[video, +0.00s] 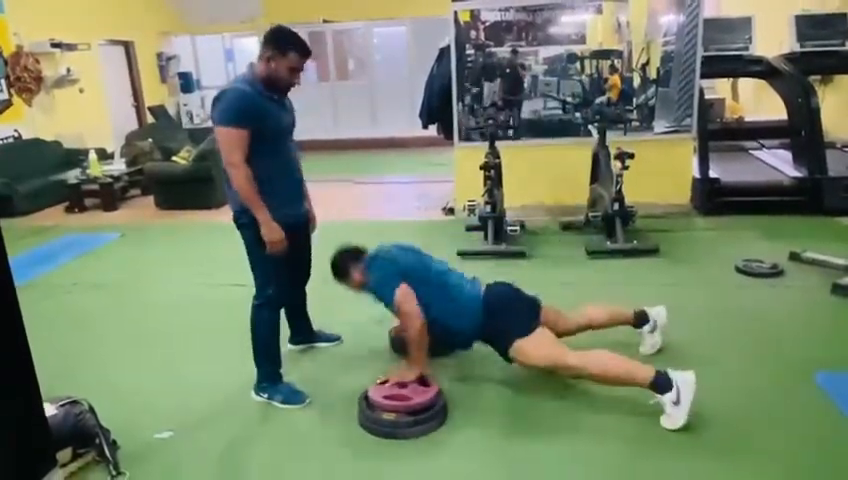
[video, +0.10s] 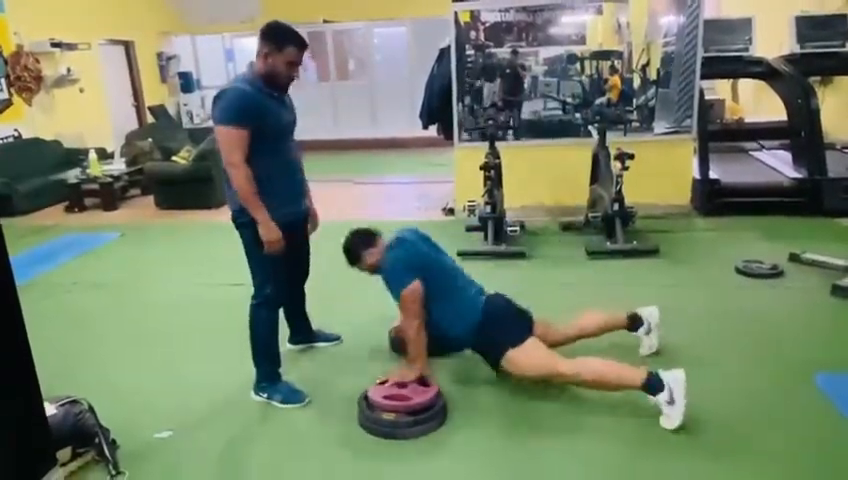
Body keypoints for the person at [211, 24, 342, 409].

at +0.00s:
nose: (298, 78)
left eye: (300, 70)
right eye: (293, 70)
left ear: (277, 63)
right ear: (269, 60)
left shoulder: (278, 98)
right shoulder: (235, 101)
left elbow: (287, 157)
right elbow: (234, 167)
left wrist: (304, 202)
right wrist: (264, 220)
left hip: (291, 210)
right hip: (261, 216)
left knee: (296, 278)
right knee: (270, 295)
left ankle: (301, 332)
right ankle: (267, 381)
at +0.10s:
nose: (296, 72)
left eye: (299, 65)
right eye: (291, 64)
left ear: (277, 59)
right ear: (266, 56)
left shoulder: (278, 96)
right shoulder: (235, 99)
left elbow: (288, 154)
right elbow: (234, 167)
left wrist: (305, 200)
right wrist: (263, 220)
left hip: (290, 209)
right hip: (259, 216)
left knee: (295, 277)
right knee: (268, 294)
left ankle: (300, 332)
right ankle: (266, 380)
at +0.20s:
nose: (295, 69)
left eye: (297, 61)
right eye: (290, 61)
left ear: (277, 57)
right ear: (265, 53)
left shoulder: (280, 96)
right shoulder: (235, 99)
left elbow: (292, 150)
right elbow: (235, 166)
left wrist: (312, 195)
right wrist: (265, 218)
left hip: (289, 207)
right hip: (258, 214)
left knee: (294, 276)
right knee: (267, 294)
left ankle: (300, 332)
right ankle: (266, 380)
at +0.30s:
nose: (296, 71)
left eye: (298, 63)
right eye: (291, 63)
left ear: (277, 58)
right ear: (266, 54)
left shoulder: (281, 97)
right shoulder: (235, 99)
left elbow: (294, 150)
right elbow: (236, 167)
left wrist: (318, 196)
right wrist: (268, 218)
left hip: (290, 208)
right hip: (258, 216)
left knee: (295, 277)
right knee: (268, 295)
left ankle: (301, 333)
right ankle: (266, 381)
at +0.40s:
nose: (298, 78)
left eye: (301, 70)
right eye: (293, 69)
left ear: (279, 63)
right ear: (269, 59)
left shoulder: (282, 100)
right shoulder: (236, 101)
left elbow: (296, 153)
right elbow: (238, 168)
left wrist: (322, 198)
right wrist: (271, 220)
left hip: (291, 209)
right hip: (259, 216)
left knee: (296, 276)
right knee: (270, 294)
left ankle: (300, 333)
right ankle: (266, 381)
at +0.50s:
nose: (300, 78)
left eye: (303, 71)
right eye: (294, 70)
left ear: (280, 64)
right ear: (269, 60)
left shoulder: (283, 100)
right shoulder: (236, 102)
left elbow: (296, 153)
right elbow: (239, 171)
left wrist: (321, 198)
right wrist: (273, 222)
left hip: (292, 208)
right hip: (260, 216)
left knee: (297, 276)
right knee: (270, 295)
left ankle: (300, 333)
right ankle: (266, 382)